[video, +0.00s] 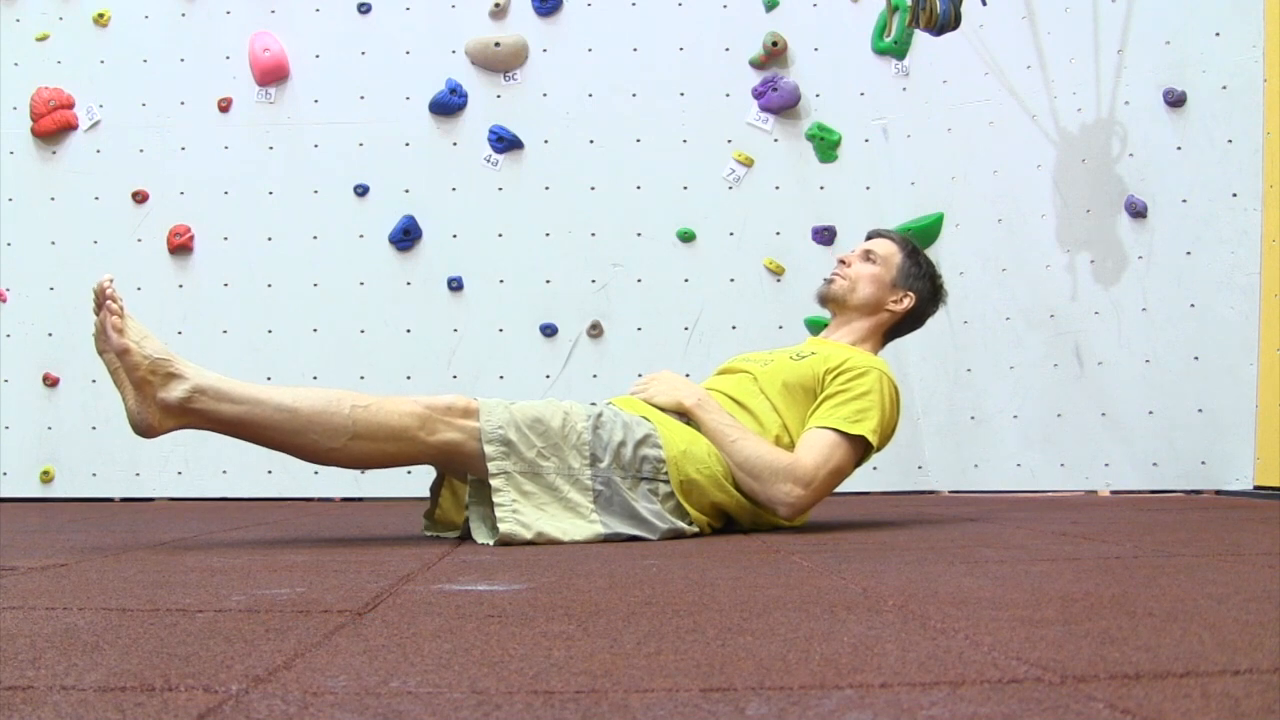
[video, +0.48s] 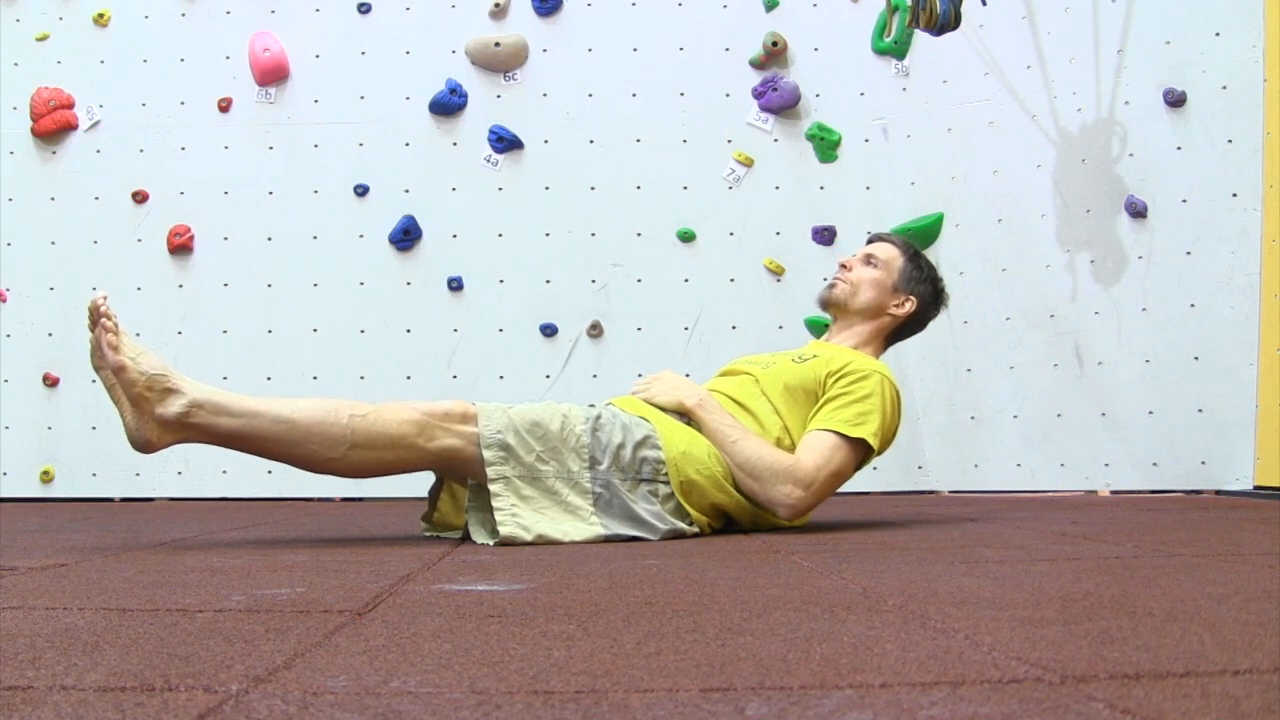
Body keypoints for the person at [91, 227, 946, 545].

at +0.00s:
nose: (847, 254)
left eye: (870, 255)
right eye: (857, 246)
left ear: (897, 302)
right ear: (863, 285)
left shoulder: (865, 377)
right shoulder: (805, 359)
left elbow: (792, 493)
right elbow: (749, 467)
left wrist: (701, 403)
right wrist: (673, 407)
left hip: (660, 461)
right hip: (642, 445)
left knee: (442, 426)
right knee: (434, 422)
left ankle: (179, 395)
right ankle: (181, 396)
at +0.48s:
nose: (848, 260)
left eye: (873, 259)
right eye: (857, 251)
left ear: (900, 307)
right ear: (860, 289)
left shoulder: (866, 379)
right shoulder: (808, 363)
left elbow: (792, 494)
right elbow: (755, 473)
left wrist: (698, 402)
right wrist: (674, 411)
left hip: (660, 461)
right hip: (641, 448)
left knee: (443, 428)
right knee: (432, 428)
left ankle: (177, 410)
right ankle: (179, 411)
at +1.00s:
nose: (848, 259)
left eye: (872, 258)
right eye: (857, 250)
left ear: (899, 306)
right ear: (862, 289)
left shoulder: (866, 380)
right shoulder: (809, 362)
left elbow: (791, 495)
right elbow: (756, 475)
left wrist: (699, 402)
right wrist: (677, 410)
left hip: (660, 462)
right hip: (643, 449)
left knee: (444, 429)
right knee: (433, 429)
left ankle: (177, 410)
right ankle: (179, 411)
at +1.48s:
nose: (848, 264)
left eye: (872, 264)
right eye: (858, 255)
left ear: (900, 311)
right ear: (869, 297)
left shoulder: (867, 383)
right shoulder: (811, 367)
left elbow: (794, 495)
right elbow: (757, 475)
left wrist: (700, 402)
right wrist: (675, 410)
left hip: (653, 460)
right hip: (636, 446)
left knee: (438, 426)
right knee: (431, 423)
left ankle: (177, 402)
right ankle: (178, 403)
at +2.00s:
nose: (842, 257)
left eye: (865, 256)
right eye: (848, 248)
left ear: (896, 301)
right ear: (850, 283)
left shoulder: (864, 374)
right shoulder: (793, 361)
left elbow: (794, 492)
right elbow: (740, 466)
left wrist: (698, 400)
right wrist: (667, 409)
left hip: (661, 457)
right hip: (630, 453)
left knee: (450, 402)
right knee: (416, 453)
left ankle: (189, 336)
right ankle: (180, 461)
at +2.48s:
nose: (838, 262)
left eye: (862, 259)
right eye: (843, 251)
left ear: (895, 302)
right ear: (842, 281)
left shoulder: (862, 378)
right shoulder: (793, 360)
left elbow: (792, 494)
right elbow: (742, 463)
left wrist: (701, 404)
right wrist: (664, 409)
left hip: (646, 467)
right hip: (617, 440)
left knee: (440, 441)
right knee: (427, 404)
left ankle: (181, 467)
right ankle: (196, 335)